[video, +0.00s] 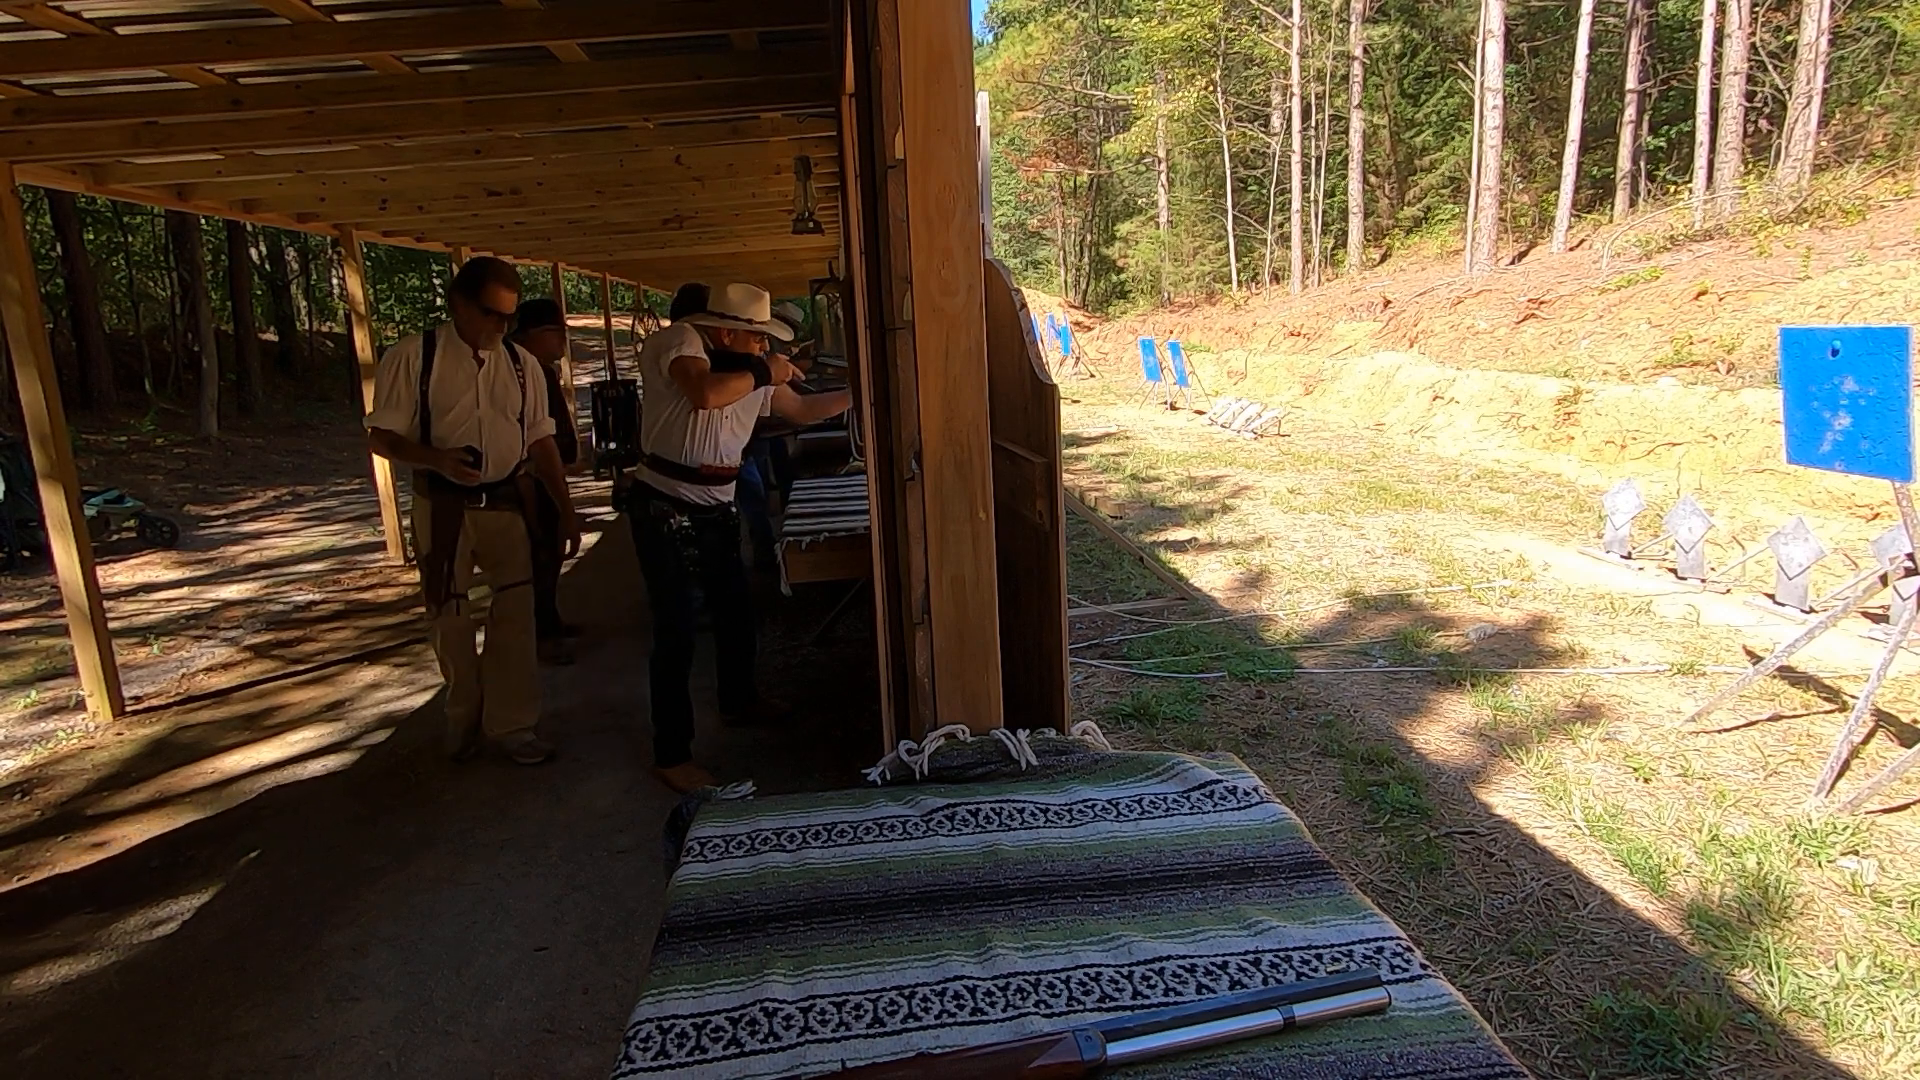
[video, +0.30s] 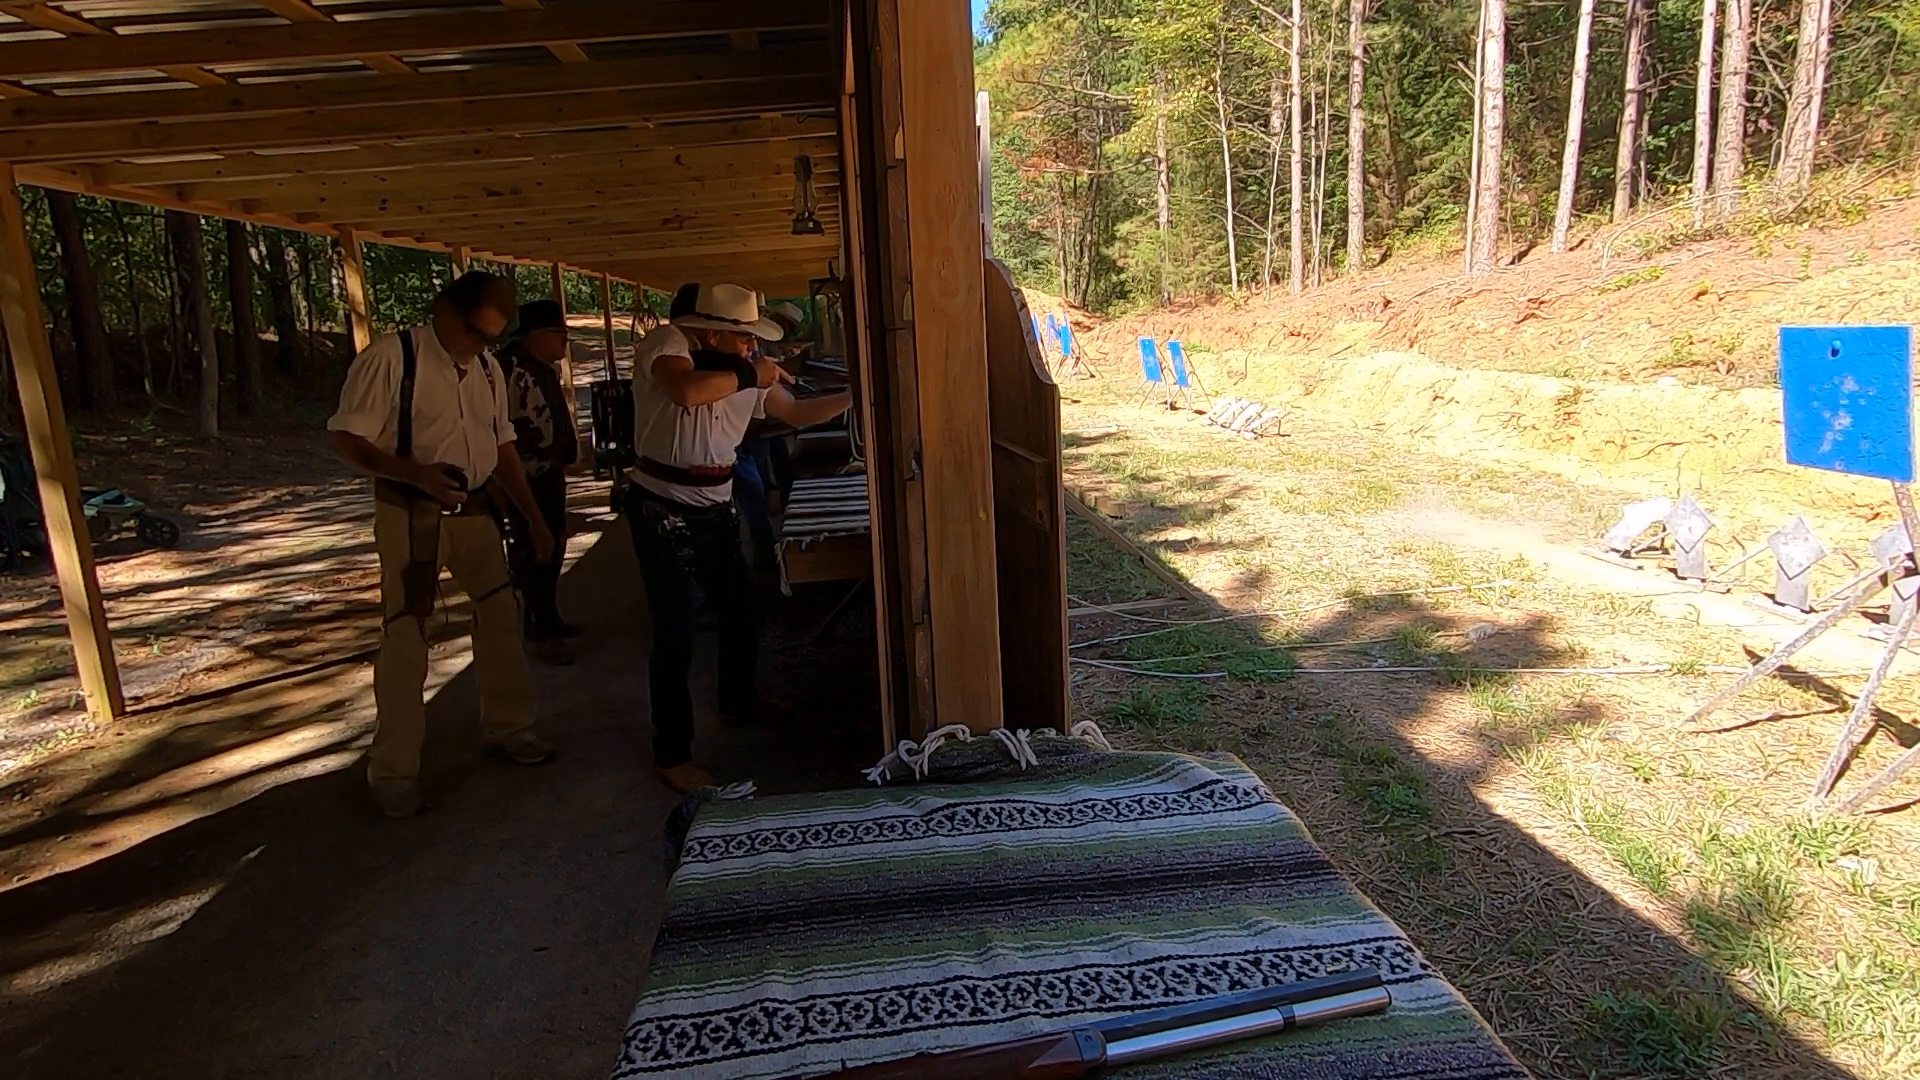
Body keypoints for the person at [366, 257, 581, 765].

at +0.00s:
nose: (501, 327)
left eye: (509, 316)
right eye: (492, 315)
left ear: (514, 313)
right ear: (458, 302)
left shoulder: (523, 364)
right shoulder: (413, 356)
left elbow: (541, 441)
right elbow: (380, 437)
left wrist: (565, 506)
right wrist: (435, 457)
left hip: (507, 502)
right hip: (442, 505)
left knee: (515, 615)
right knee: (451, 618)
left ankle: (512, 727)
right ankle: (464, 721)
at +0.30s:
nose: (483, 346)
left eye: (490, 337)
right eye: (478, 333)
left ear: (493, 328)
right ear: (448, 313)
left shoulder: (488, 368)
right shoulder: (391, 355)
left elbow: (505, 449)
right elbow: (346, 439)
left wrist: (534, 518)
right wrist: (413, 471)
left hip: (475, 515)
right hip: (409, 515)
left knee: (500, 618)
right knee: (406, 639)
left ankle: (510, 729)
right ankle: (394, 776)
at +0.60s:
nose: (453, 349)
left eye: (460, 340)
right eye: (448, 335)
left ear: (456, 332)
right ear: (414, 314)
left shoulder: (438, 367)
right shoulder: (357, 359)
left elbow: (435, 446)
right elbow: (309, 448)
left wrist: (457, 492)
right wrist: (398, 490)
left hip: (427, 516)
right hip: (363, 521)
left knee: (465, 620)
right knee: (376, 646)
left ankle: (498, 730)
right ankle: (391, 779)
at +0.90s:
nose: (431, 329)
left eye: (436, 319)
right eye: (423, 316)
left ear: (423, 316)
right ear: (382, 306)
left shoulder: (409, 363)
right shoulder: (337, 357)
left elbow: (408, 446)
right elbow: (293, 451)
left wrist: (433, 502)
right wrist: (380, 496)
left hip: (413, 514)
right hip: (351, 521)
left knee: (444, 625)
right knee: (369, 646)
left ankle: (469, 737)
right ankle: (390, 778)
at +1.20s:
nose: (406, 311)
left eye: (408, 300)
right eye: (394, 300)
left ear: (395, 304)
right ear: (352, 301)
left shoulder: (391, 359)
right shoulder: (320, 357)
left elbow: (404, 445)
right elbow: (283, 456)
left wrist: (434, 509)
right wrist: (373, 498)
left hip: (412, 514)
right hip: (353, 523)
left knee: (444, 627)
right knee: (371, 649)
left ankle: (470, 737)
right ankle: (390, 781)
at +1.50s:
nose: (392, 308)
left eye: (395, 298)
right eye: (381, 298)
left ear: (390, 300)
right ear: (340, 300)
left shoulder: (384, 358)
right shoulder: (309, 358)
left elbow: (401, 445)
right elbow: (274, 456)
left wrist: (432, 507)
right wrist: (353, 494)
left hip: (410, 512)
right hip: (352, 520)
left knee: (446, 622)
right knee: (372, 645)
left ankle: (471, 737)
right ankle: (388, 778)